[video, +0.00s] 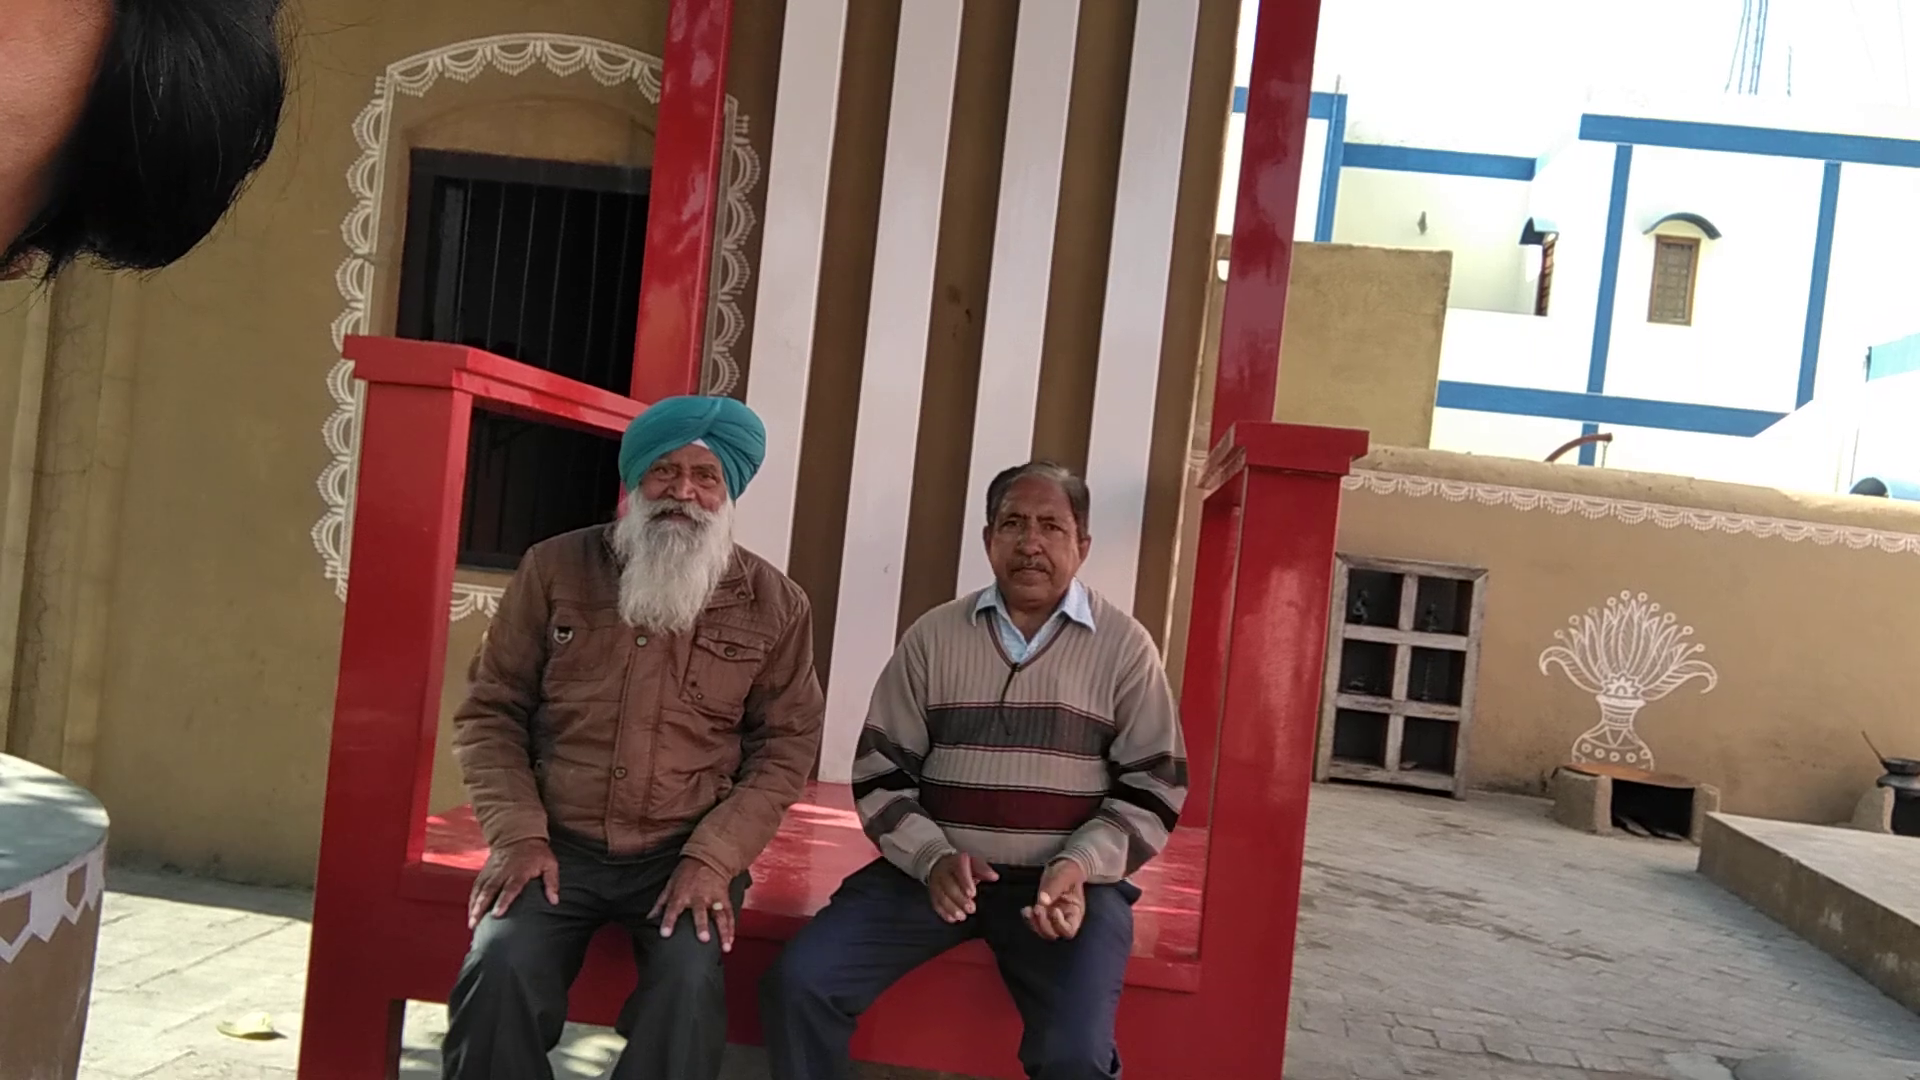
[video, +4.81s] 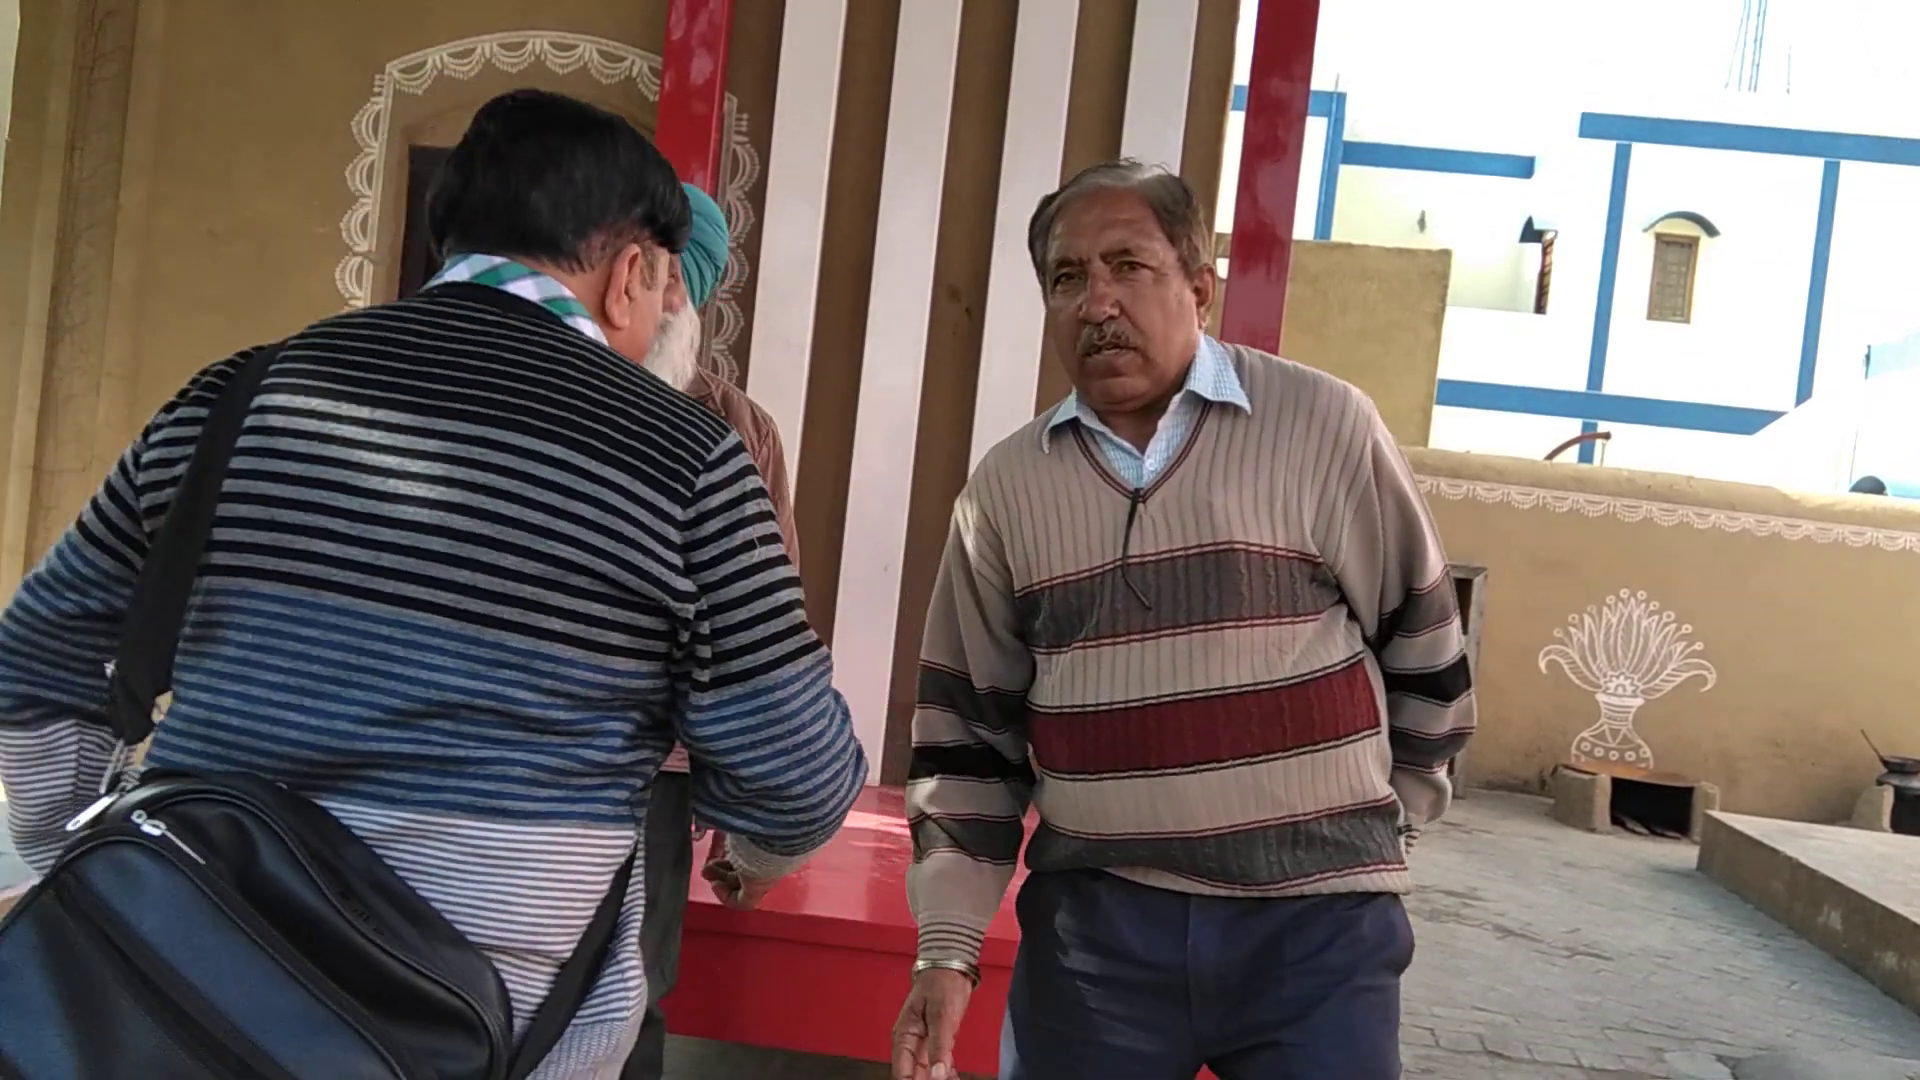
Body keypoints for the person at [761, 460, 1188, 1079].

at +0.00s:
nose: (1031, 542)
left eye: (1050, 526)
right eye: (1013, 524)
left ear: (1082, 547)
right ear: (989, 541)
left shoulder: (1126, 649)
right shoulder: (933, 637)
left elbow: (1153, 783)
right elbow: (879, 771)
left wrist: (1080, 862)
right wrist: (932, 859)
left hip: (1069, 887)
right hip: (929, 870)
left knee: (1075, 1054)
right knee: (799, 987)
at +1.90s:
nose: (1052, 545)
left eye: (1073, 530)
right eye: (1037, 526)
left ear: (1104, 551)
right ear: (1010, 542)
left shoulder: (1143, 648)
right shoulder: (951, 632)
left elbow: (1163, 794)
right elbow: (882, 764)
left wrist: (1068, 792)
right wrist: (967, 805)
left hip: (1075, 879)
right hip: (937, 861)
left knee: (1074, 1049)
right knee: (810, 988)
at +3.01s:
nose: (1015, 561)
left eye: (1038, 542)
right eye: (998, 539)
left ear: (1074, 558)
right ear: (974, 550)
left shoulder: (1122, 658)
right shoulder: (925, 647)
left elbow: (1114, 827)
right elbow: (874, 801)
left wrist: (1016, 904)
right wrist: (912, 904)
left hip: (1065, 888)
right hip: (924, 873)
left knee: (1082, 1045)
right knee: (815, 1005)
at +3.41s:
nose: (1016, 459)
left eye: (1043, 438)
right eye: (999, 435)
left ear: (1088, 456)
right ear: (977, 445)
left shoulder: (1149, 565)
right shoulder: (928, 557)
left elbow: (1176, 751)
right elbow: (870, 730)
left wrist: (1132, 905)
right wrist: (871, 892)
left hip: (1086, 849)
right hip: (948, 837)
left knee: (1095, 1054)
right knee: (849, 1029)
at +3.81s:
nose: (1071, 363)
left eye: (1098, 342)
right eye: (1062, 342)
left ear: (1166, 367)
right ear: (1046, 353)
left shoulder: (1234, 499)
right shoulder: (995, 477)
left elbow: (1276, 702)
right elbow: (941, 645)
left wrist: (1235, 870)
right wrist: (953, 778)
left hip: (1152, 839)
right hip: (997, 810)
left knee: (1123, 1065)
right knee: (948, 1028)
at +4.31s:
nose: (1054, 323)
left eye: (1082, 291)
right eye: (1028, 303)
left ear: (1146, 314)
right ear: (1010, 334)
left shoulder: (1251, 439)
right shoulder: (966, 497)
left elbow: (1329, 656)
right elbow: (921, 713)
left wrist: (1310, 856)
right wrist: (921, 901)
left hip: (1231, 893)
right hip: (1037, 894)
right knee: (1004, 1063)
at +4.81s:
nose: (1098, 302)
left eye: (1130, 267)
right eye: (1069, 277)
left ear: (1202, 291)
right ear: (1046, 311)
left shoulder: (1328, 428)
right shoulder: (1005, 491)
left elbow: (1430, 653)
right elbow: (969, 734)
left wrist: (1381, 834)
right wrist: (945, 950)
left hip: (1320, 936)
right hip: (1096, 938)